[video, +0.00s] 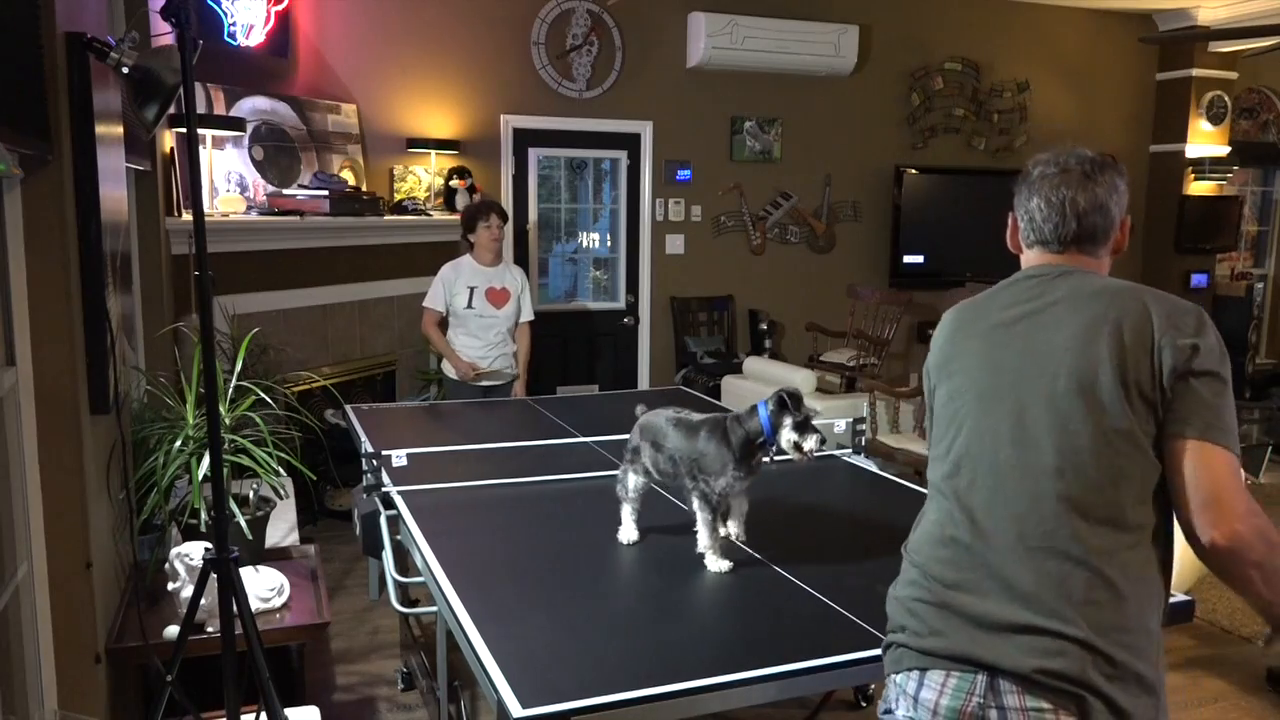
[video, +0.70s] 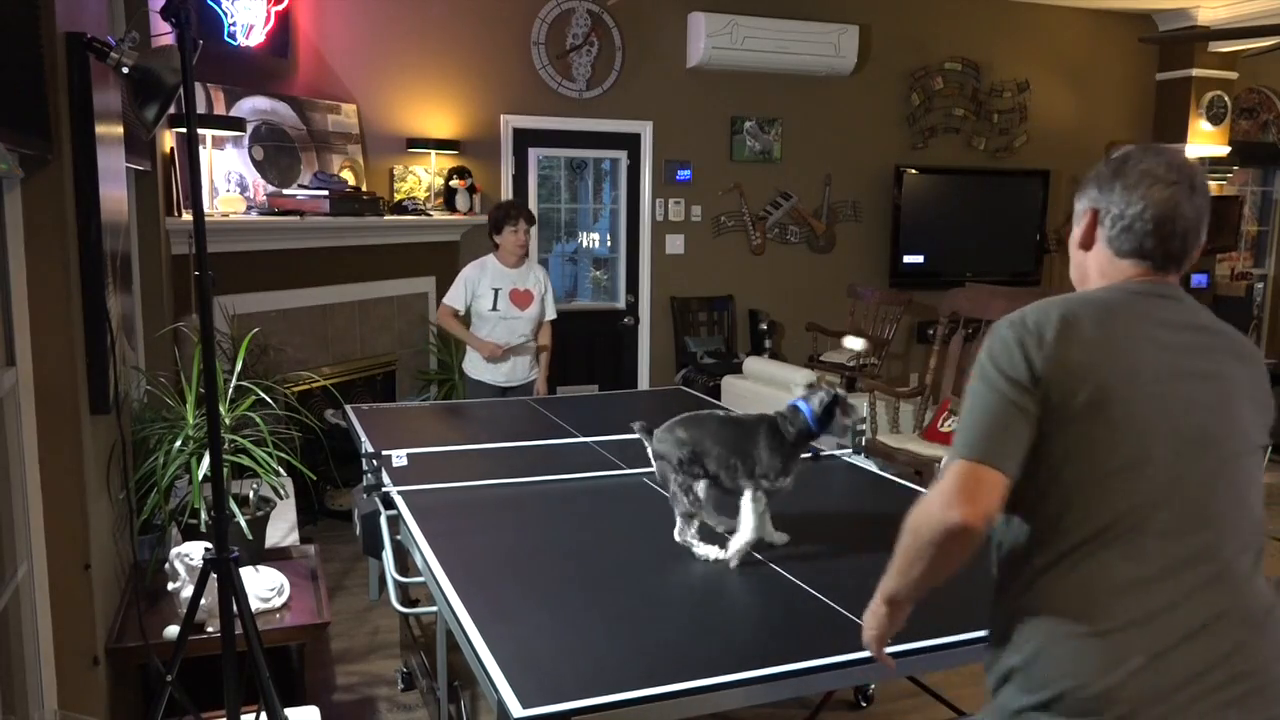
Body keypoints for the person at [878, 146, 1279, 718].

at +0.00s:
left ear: (1013, 233)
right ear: (1121, 236)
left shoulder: (953, 326)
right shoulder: (1173, 326)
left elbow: (944, 467)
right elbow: (1221, 527)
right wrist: (1277, 614)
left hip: (923, 681)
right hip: (1074, 692)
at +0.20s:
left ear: (1039, 260)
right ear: (1148, 266)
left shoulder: (971, 339)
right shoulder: (1196, 363)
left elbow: (876, 499)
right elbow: (1231, 580)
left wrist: (934, 572)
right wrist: (1275, 660)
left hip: (920, 685)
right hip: (1075, 697)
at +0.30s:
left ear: (1042, 265)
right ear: (1148, 274)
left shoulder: (966, 343)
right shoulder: (1195, 374)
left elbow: (848, 482)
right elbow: (1223, 587)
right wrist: (1268, 648)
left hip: (929, 688)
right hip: (1091, 696)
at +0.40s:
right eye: (1155, 260)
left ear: (1041, 263)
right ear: (1149, 272)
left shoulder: (965, 340)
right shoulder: (1203, 378)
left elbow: (852, 472)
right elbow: (1201, 556)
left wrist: (833, 588)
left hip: (952, 690)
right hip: (1125, 700)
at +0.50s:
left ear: (1046, 256)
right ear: (1155, 269)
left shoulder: (975, 340)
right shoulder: (1206, 376)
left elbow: (875, 476)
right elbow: (1173, 510)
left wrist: (840, 600)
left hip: (983, 689)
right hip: (1163, 698)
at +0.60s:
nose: (1054, 255)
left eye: (1056, 241)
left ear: (1065, 243)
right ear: (1173, 263)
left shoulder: (998, 339)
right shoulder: (1217, 365)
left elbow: (906, 494)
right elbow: (1198, 518)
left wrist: (862, 603)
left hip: (1025, 686)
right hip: (1202, 690)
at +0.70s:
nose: (1068, 242)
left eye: (1072, 224)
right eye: (1071, 224)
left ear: (1089, 227)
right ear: (1193, 251)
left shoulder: (1035, 333)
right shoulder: (1245, 358)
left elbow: (964, 512)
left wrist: (890, 602)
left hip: (1080, 688)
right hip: (1243, 683)